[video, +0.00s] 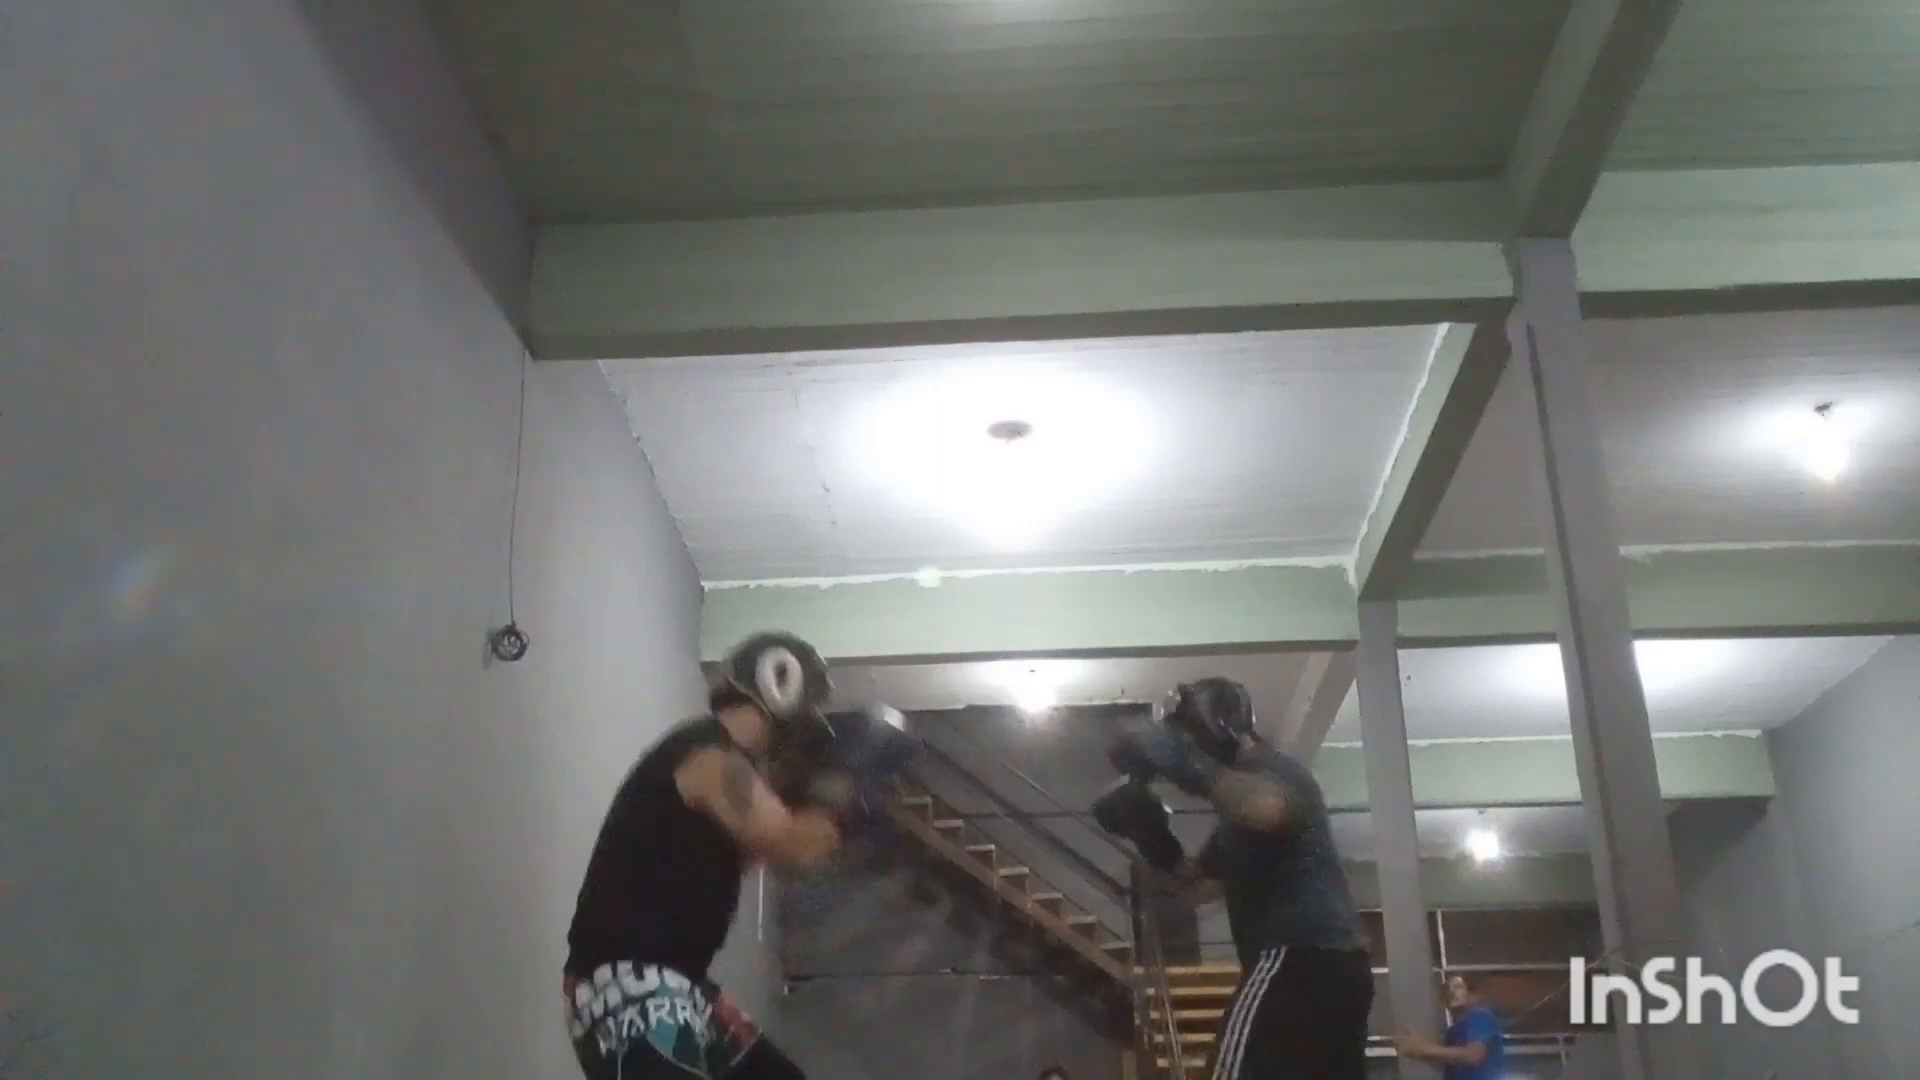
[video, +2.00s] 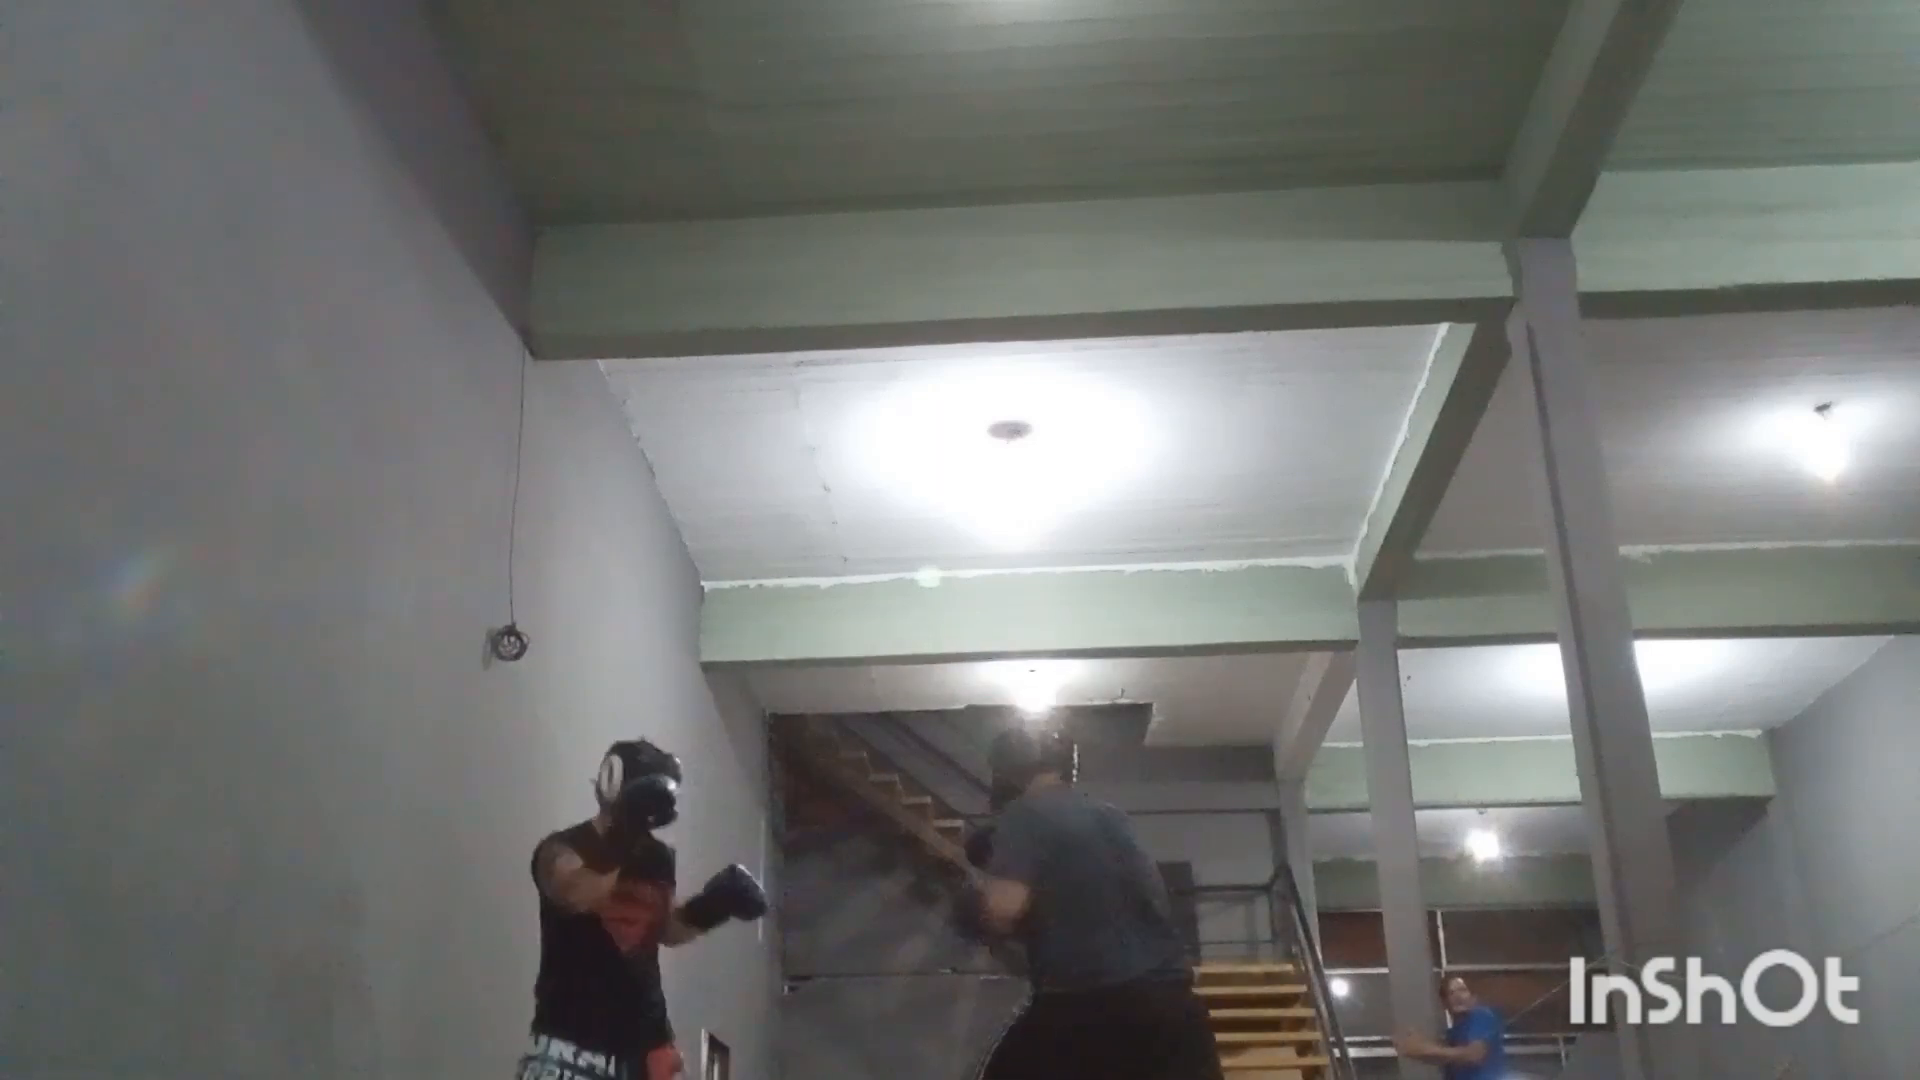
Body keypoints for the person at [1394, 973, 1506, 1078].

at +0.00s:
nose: (1452, 992)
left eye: (1458, 987)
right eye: (1448, 988)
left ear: (1470, 991)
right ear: (1444, 994)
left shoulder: (1480, 1017)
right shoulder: (1456, 1025)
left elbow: (1474, 1055)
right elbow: (1449, 1056)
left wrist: (1422, 1049)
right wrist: (1416, 1045)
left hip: (1480, 1075)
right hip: (1458, 1075)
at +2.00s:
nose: (1458, 997)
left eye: (1463, 990)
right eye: (1452, 993)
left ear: (1470, 995)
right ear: (1444, 1001)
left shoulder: (1481, 1017)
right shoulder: (1454, 1030)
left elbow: (1476, 1054)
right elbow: (1450, 1055)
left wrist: (1425, 1050)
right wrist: (1418, 1048)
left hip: (1485, 1075)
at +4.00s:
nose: (1456, 1005)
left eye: (1463, 1000)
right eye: (1453, 999)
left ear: (1473, 1001)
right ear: (1448, 1001)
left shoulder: (1482, 1018)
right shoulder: (1458, 1024)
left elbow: (1477, 1053)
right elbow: (1447, 1052)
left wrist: (1427, 1049)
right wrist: (1419, 1047)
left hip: (1485, 1076)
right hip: (1462, 1076)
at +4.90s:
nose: (1461, 1000)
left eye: (1466, 995)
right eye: (1455, 996)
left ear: (1475, 998)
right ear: (1448, 1002)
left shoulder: (1484, 1020)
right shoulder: (1452, 1030)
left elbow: (1476, 1058)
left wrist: (1431, 1051)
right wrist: (1423, 1053)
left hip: (1485, 1076)